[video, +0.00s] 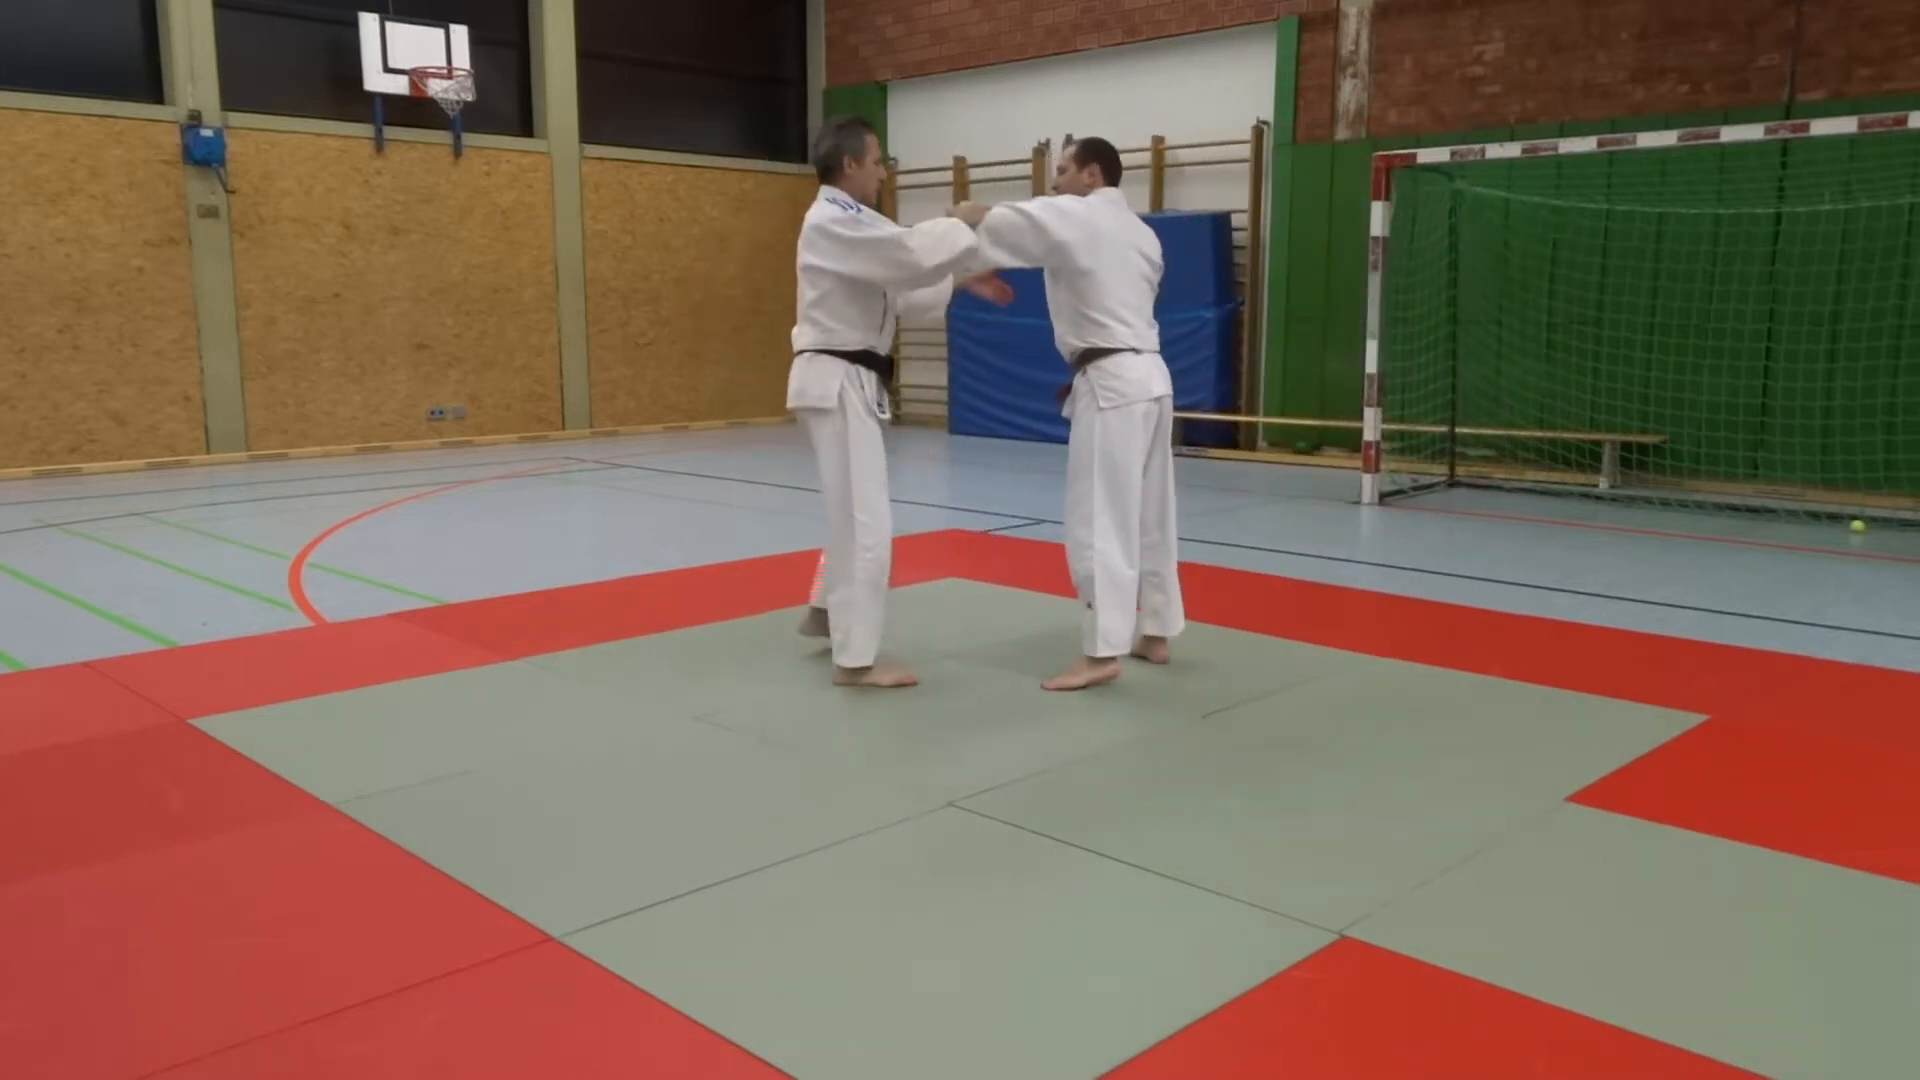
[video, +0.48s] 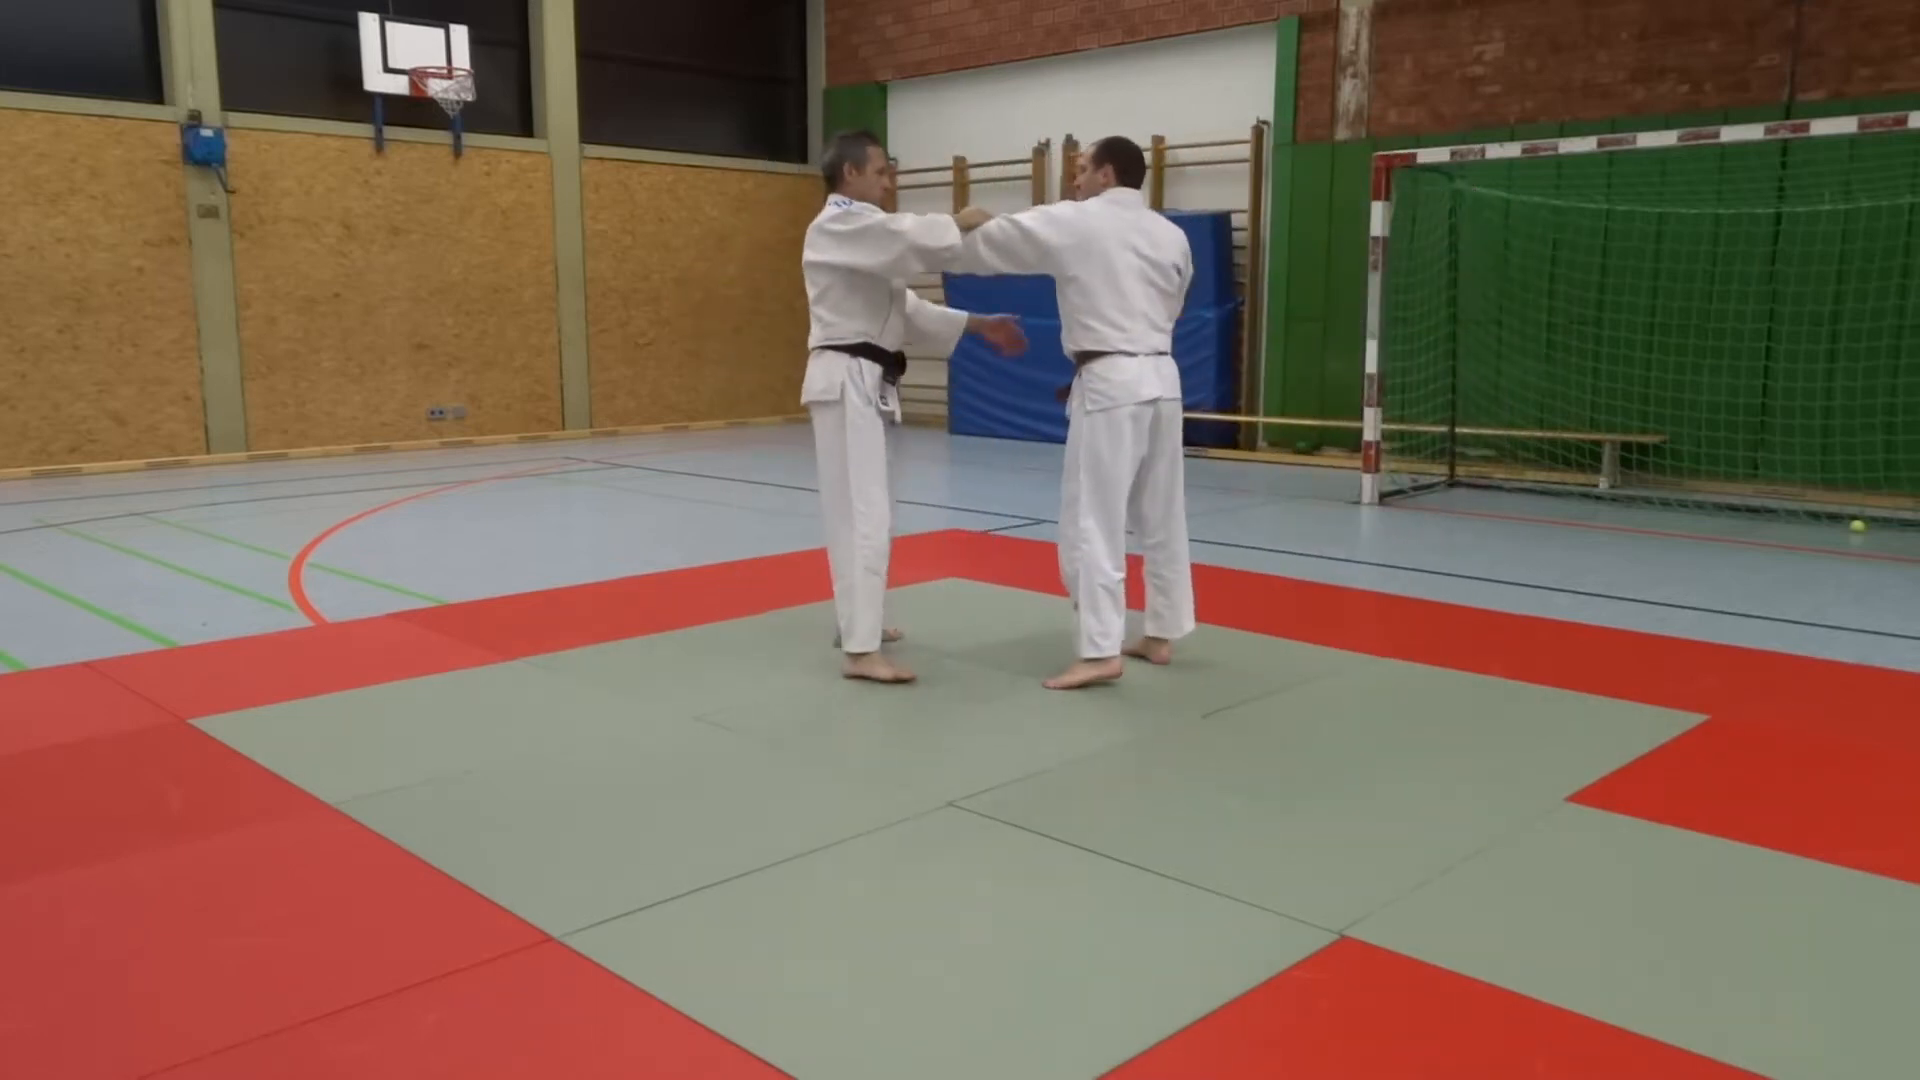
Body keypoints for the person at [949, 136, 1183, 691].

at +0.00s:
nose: (1055, 183)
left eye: (1061, 173)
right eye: (1056, 173)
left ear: (1091, 174)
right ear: (1105, 178)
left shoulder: (1070, 214)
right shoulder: (1143, 231)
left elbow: (994, 220)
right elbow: (1135, 308)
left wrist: (962, 213)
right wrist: (1087, 370)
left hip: (1111, 381)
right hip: (1153, 378)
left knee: (1098, 515)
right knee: (1150, 511)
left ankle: (1101, 654)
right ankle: (1154, 634)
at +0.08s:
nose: (1062, 182)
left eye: (1069, 172)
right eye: (1064, 173)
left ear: (1099, 174)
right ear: (1112, 179)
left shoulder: (1075, 216)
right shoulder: (1153, 234)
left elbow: (998, 226)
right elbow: (1141, 312)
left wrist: (971, 216)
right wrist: (1087, 372)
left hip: (1111, 380)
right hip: (1156, 378)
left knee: (1097, 515)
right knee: (1154, 513)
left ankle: (1101, 650)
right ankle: (1157, 636)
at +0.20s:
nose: (1067, 181)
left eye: (1075, 171)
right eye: (1069, 172)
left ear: (1105, 175)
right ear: (1121, 179)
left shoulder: (1079, 217)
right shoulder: (1162, 236)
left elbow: (998, 228)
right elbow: (1149, 316)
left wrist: (958, 222)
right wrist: (1089, 372)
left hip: (1112, 380)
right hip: (1162, 379)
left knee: (1091, 514)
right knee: (1159, 513)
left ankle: (1099, 646)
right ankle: (1159, 636)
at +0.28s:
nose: (1070, 180)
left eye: (1078, 170)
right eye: (1073, 170)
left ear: (1108, 173)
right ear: (1126, 177)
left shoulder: (1080, 217)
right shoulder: (1166, 236)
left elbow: (998, 228)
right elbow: (1149, 314)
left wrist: (939, 238)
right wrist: (1089, 369)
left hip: (1112, 381)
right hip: (1164, 379)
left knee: (1090, 516)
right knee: (1162, 514)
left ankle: (1099, 646)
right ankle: (1160, 636)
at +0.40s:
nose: (1073, 180)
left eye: (1081, 170)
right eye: (1076, 170)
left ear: (1110, 173)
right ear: (1130, 177)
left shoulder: (1077, 219)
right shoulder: (1169, 234)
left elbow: (995, 235)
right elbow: (1155, 307)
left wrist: (926, 240)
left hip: (1110, 381)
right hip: (1164, 379)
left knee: (1090, 516)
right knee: (1161, 513)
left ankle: (1099, 649)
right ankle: (1160, 637)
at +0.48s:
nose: (1075, 179)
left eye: (1082, 170)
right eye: (1078, 170)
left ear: (1107, 174)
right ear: (1133, 178)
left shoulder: (1076, 220)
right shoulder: (1171, 234)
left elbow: (991, 236)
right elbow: (1166, 313)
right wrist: (1092, 369)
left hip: (1108, 382)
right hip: (1164, 380)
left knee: (1091, 519)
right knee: (1161, 515)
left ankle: (1100, 653)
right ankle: (1161, 637)